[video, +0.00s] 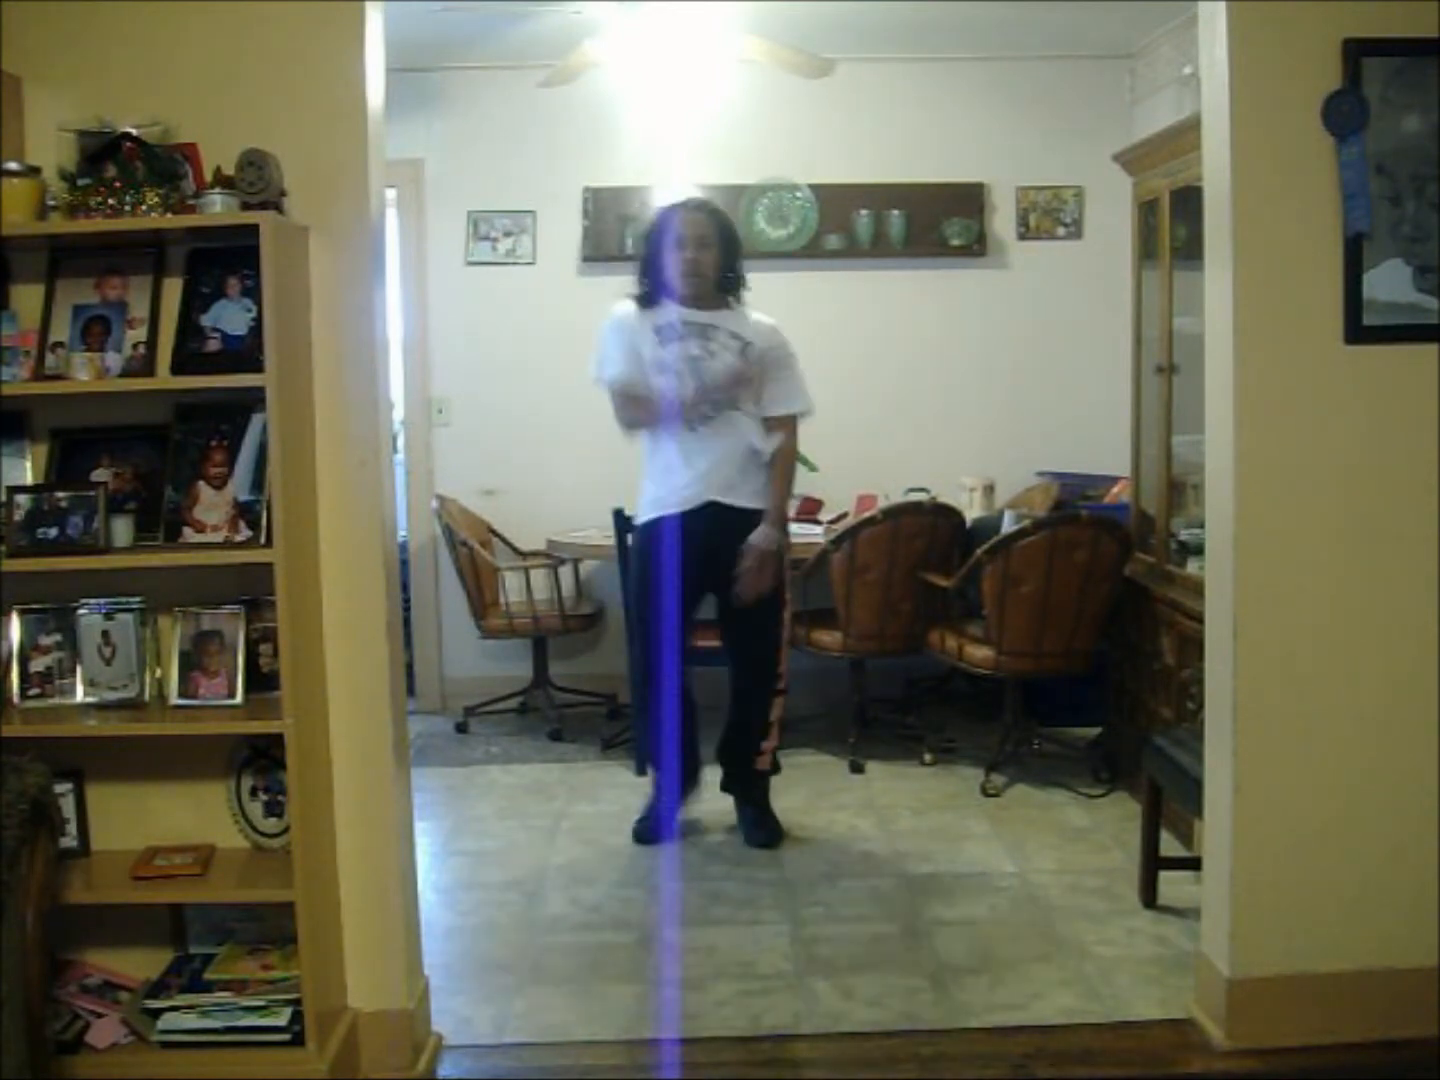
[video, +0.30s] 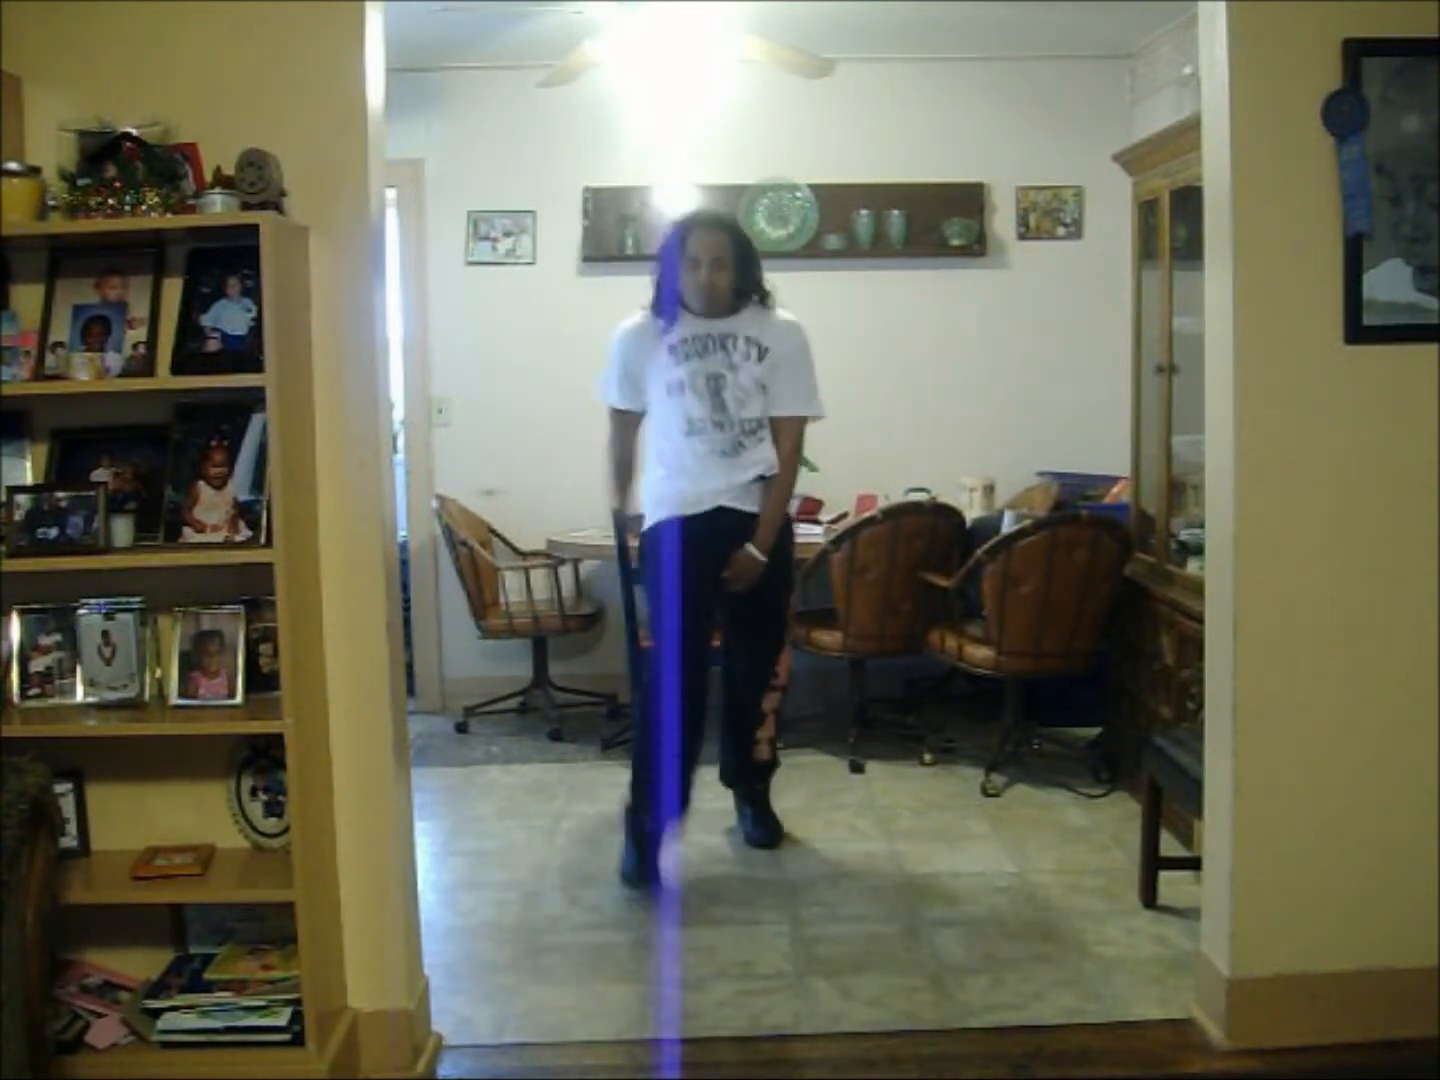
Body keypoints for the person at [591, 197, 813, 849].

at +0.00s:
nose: (690, 256)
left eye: (703, 244)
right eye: (678, 245)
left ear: (725, 255)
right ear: (656, 256)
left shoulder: (761, 336)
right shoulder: (630, 326)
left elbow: (785, 436)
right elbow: (628, 413)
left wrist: (775, 525)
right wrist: (714, 392)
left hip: (748, 511)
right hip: (667, 512)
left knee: (757, 661)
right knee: (657, 657)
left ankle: (751, 787)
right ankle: (670, 785)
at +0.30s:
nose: (705, 273)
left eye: (718, 262)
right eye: (693, 262)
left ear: (741, 269)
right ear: (674, 268)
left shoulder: (780, 338)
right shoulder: (641, 340)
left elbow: (789, 451)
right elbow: (623, 437)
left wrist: (763, 541)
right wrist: (625, 517)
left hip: (756, 519)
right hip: (672, 522)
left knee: (756, 666)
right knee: (669, 674)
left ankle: (755, 796)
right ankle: (649, 832)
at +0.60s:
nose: (687, 244)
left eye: (702, 236)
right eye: (673, 236)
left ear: (724, 259)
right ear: (652, 260)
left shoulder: (759, 347)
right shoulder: (618, 344)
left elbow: (769, 468)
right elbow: (611, 452)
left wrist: (737, 561)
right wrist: (625, 531)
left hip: (734, 537)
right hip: (649, 537)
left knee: (743, 679)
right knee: (660, 700)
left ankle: (750, 788)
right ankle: (652, 864)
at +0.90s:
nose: (623, 275)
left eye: (635, 259)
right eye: (618, 265)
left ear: (676, 258)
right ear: (625, 275)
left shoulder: (755, 346)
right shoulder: (617, 351)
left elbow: (769, 464)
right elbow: (600, 464)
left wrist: (737, 563)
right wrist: (594, 562)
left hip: (731, 543)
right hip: (645, 545)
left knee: (734, 685)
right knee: (661, 698)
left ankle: (738, 783)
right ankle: (651, 863)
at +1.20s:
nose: (607, 289)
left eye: (619, 274)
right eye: (605, 275)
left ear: (663, 272)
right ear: (624, 280)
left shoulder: (753, 348)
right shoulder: (619, 351)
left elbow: (771, 468)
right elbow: (606, 457)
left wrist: (738, 575)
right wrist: (639, 398)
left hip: (736, 545)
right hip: (653, 544)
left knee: (738, 688)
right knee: (662, 706)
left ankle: (738, 782)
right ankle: (650, 865)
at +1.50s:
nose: (661, 288)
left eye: (669, 271)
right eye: (646, 283)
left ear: (704, 270)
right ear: (637, 302)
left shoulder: (784, 343)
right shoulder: (645, 373)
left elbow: (824, 445)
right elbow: (582, 431)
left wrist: (779, 544)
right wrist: (526, 468)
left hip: (777, 549)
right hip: (688, 556)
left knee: (781, 702)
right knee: (673, 719)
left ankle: (794, 764)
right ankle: (651, 872)